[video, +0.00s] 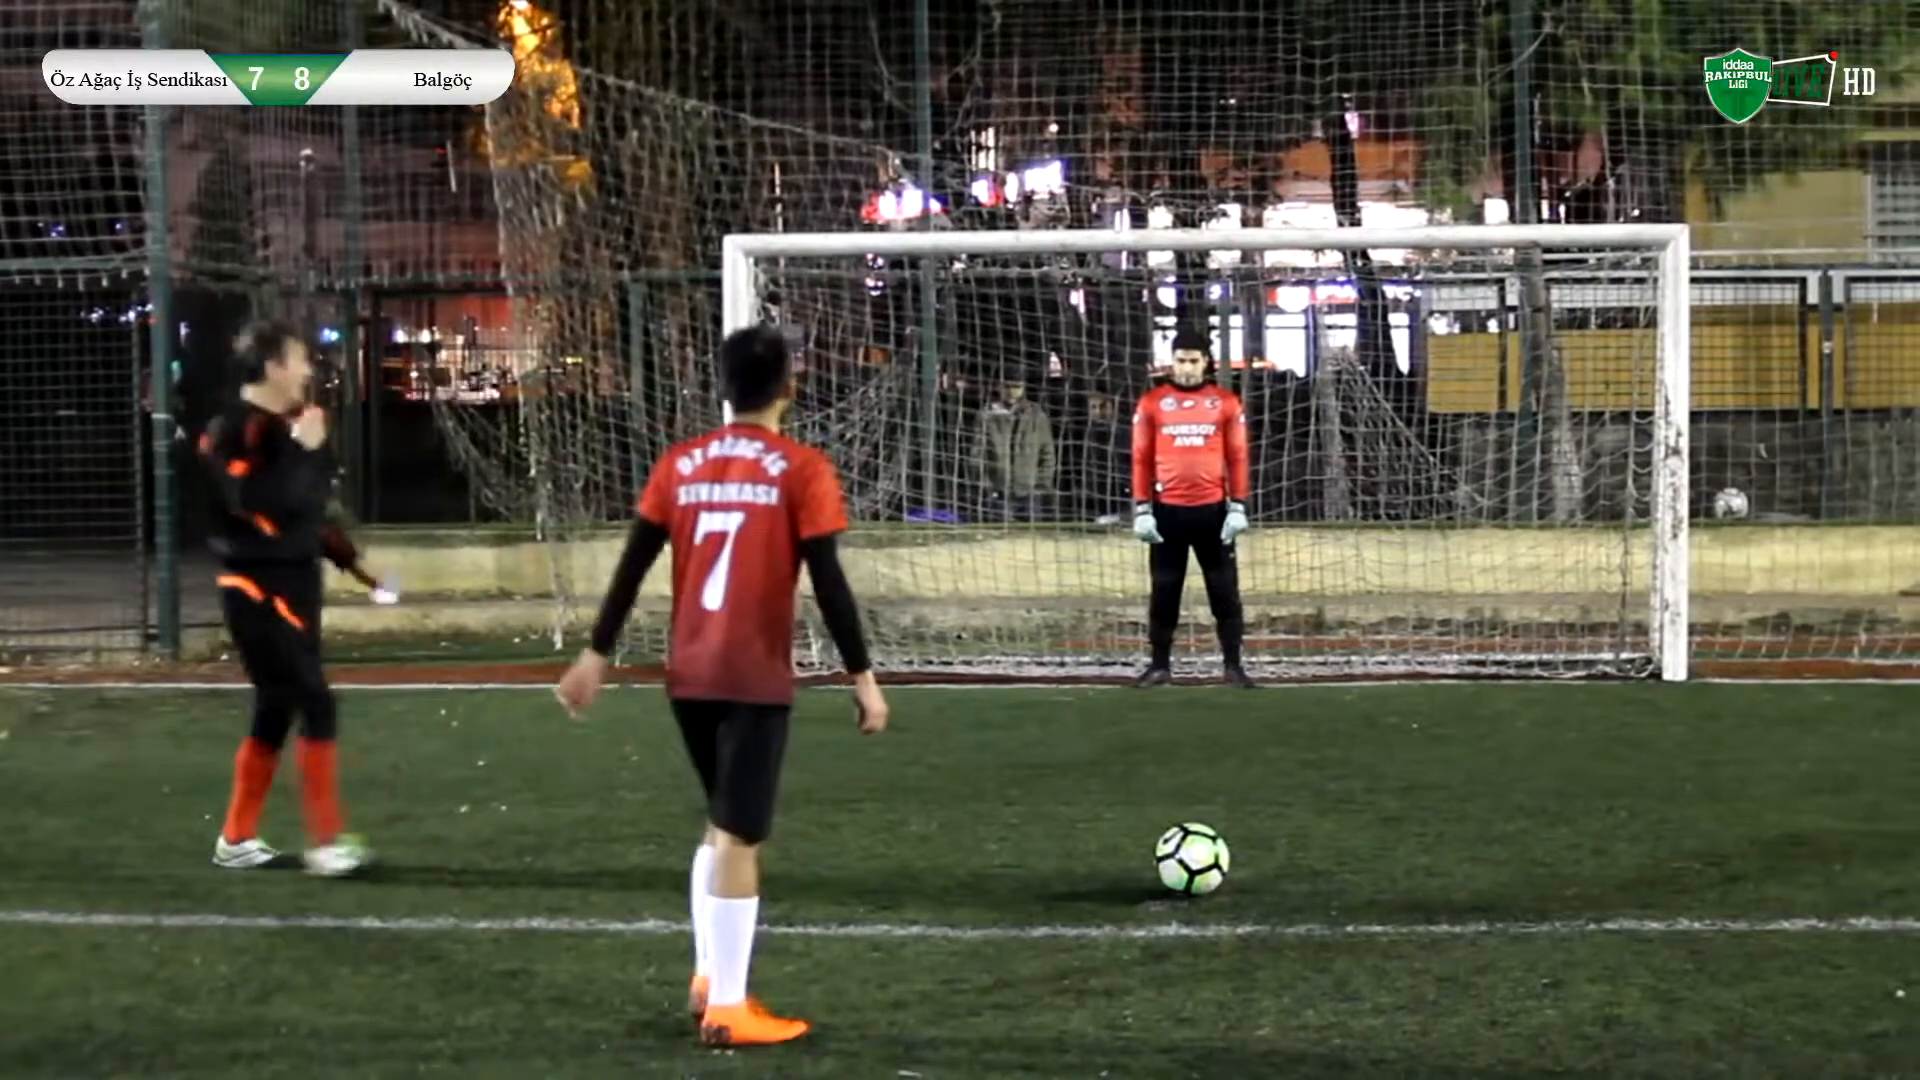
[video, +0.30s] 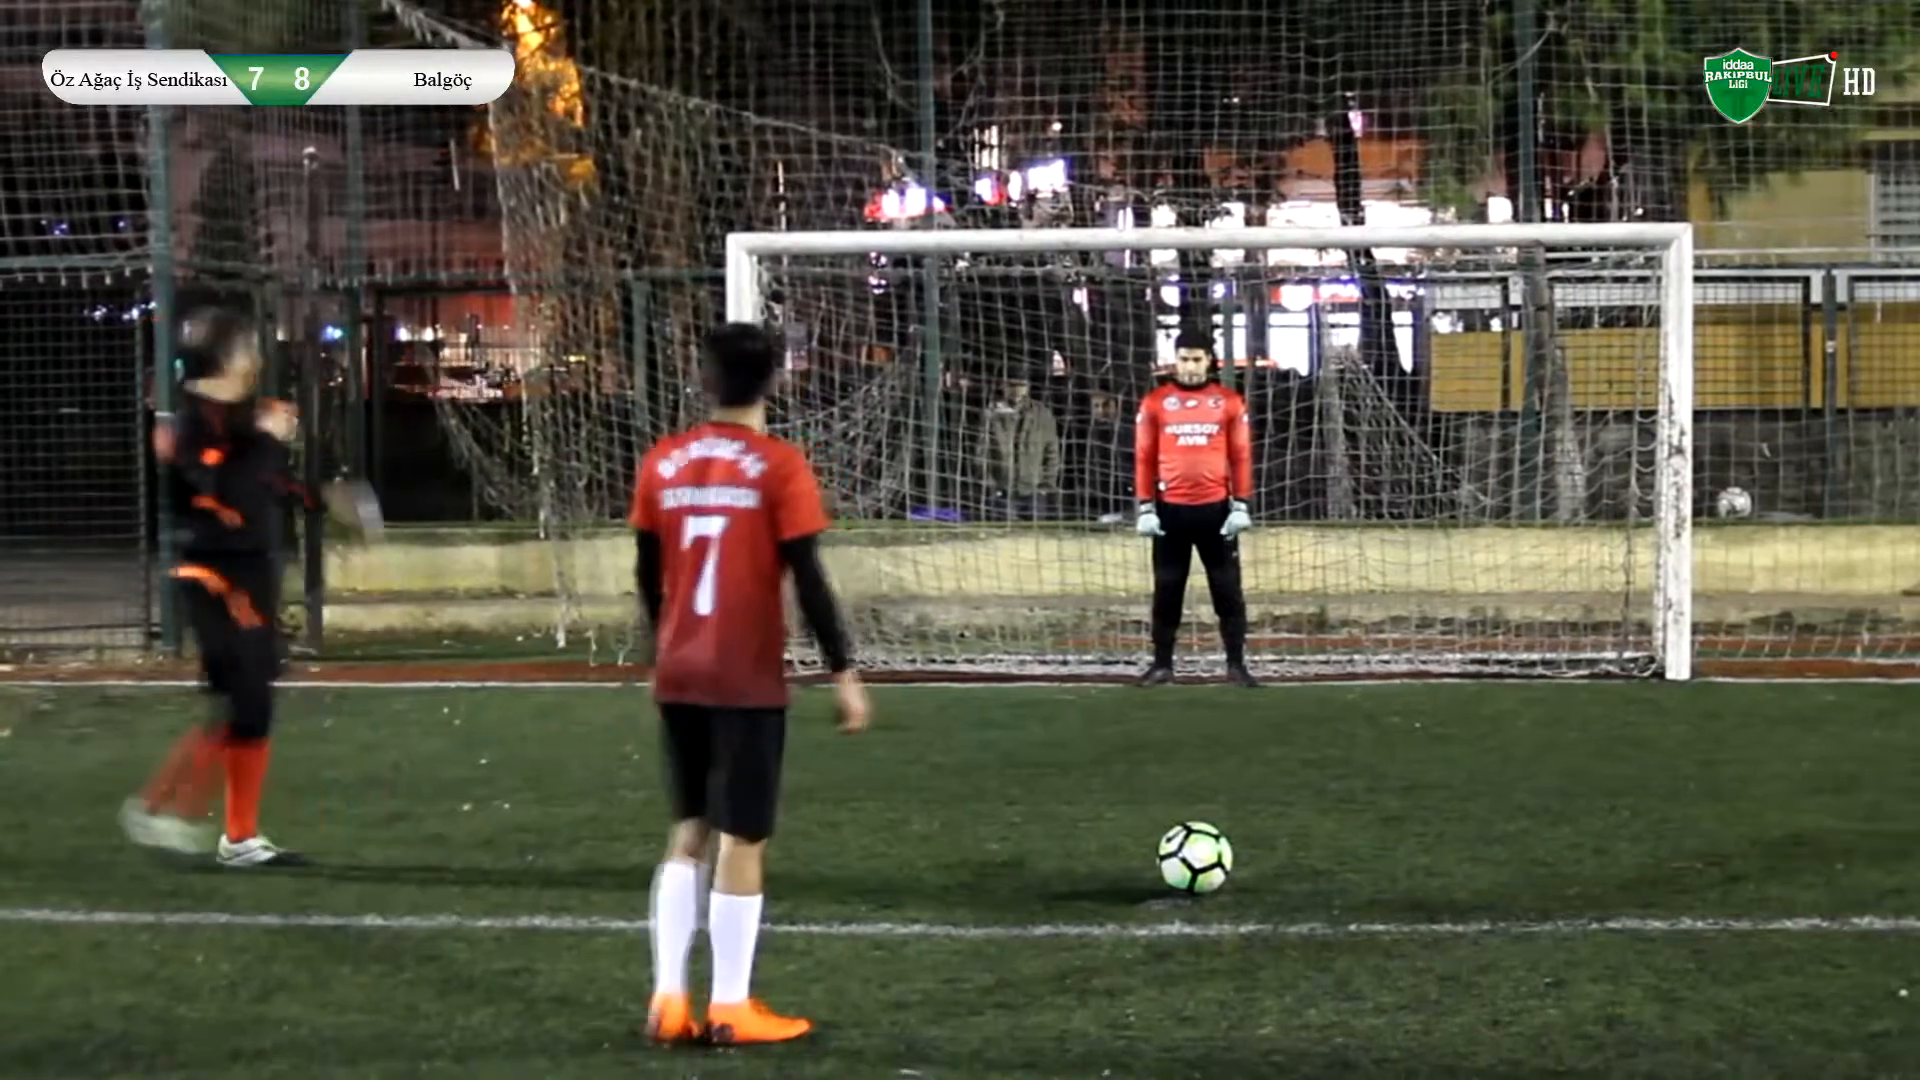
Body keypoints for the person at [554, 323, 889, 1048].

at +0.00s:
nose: (799, 382)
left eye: (789, 371)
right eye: (797, 374)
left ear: (725, 386)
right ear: (788, 385)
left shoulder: (678, 462)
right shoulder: (803, 468)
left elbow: (632, 564)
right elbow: (827, 581)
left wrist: (597, 651)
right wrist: (862, 674)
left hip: (688, 676)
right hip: (756, 678)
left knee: (724, 820)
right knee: (739, 837)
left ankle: (707, 975)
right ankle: (728, 1004)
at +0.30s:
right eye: (774, 375)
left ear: (708, 379)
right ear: (773, 382)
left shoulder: (661, 459)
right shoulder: (781, 464)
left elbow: (649, 572)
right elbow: (808, 577)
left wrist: (666, 647)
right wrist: (843, 669)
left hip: (677, 674)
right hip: (749, 679)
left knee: (691, 825)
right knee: (742, 838)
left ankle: (668, 993)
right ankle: (730, 1001)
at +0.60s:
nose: (704, 385)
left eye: (694, 373)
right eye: (739, 380)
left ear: (687, 382)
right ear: (749, 387)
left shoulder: (639, 461)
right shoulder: (763, 466)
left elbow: (651, 558)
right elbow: (778, 576)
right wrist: (805, 676)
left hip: (661, 680)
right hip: (738, 683)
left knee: (666, 826)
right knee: (764, 828)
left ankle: (665, 1002)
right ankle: (739, 990)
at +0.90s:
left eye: (688, 372)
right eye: (733, 380)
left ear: (676, 381)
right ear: (739, 386)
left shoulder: (627, 458)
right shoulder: (750, 465)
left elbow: (633, 566)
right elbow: (751, 581)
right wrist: (771, 680)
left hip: (650, 679)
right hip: (727, 680)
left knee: (661, 828)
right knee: (760, 819)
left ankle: (664, 1002)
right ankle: (763, 985)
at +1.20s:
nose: (727, 387)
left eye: (695, 371)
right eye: (738, 379)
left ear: (677, 379)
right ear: (740, 384)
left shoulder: (626, 457)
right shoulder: (747, 463)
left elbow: (619, 574)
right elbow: (751, 577)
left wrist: (641, 649)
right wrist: (775, 675)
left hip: (647, 679)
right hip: (727, 679)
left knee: (659, 829)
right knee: (751, 825)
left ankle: (664, 1000)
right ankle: (766, 986)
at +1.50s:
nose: (744, 394)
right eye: (749, 384)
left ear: (679, 385)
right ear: (744, 389)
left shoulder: (631, 461)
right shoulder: (748, 465)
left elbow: (594, 567)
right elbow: (752, 572)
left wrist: (574, 661)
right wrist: (779, 674)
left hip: (650, 681)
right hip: (729, 681)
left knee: (660, 830)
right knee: (752, 830)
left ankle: (663, 1003)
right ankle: (764, 988)